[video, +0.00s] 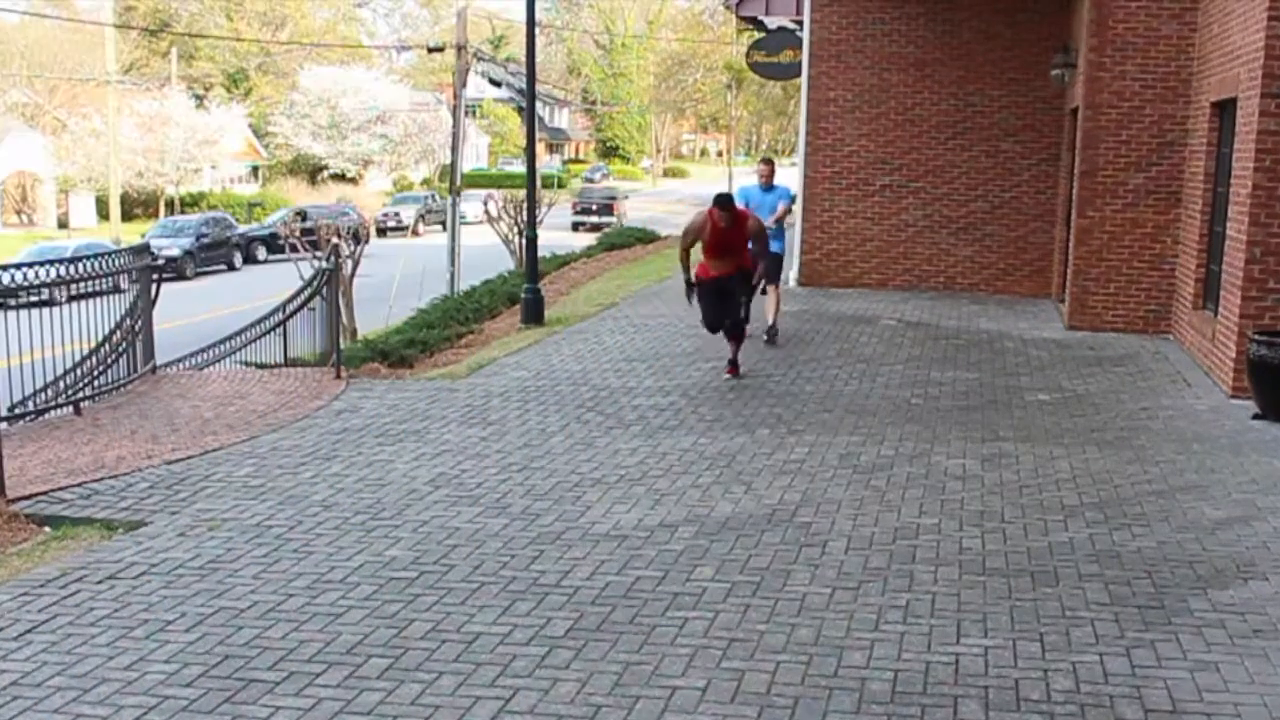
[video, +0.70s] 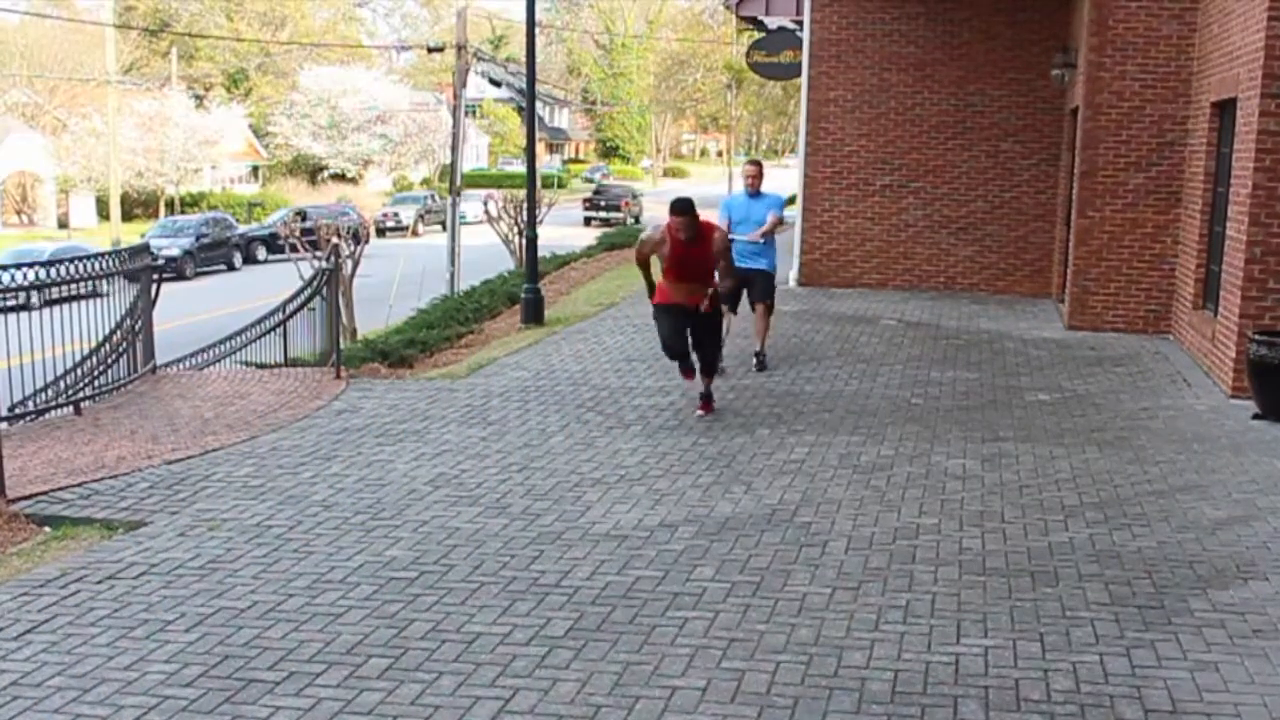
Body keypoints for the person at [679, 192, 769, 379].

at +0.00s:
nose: (723, 219)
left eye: (727, 214)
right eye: (719, 214)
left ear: (734, 211)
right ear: (713, 211)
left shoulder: (751, 224)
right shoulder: (702, 222)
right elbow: (684, 247)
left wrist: (756, 280)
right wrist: (687, 279)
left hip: (738, 275)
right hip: (709, 277)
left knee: (736, 323)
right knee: (712, 326)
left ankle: (733, 360)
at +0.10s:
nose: (714, 222)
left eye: (718, 218)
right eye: (710, 217)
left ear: (727, 215)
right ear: (706, 215)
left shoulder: (744, 229)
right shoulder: (697, 225)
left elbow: (751, 266)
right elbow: (677, 235)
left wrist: (736, 279)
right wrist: (683, 261)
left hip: (734, 279)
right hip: (704, 276)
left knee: (734, 323)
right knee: (707, 313)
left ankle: (733, 356)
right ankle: (711, 338)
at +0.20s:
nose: (698, 222)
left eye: (702, 218)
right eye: (696, 217)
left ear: (713, 214)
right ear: (692, 214)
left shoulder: (735, 226)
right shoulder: (683, 224)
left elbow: (748, 263)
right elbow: (669, 240)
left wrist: (728, 282)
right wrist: (675, 269)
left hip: (729, 276)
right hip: (698, 273)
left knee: (726, 320)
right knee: (692, 320)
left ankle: (732, 350)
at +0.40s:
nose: (683, 229)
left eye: (687, 225)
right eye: (680, 224)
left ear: (699, 220)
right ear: (677, 220)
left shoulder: (722, 232)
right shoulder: (670, 235)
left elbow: (751, 252)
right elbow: (658, 267)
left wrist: (750, 283)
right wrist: (660, 283)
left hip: (716, 288)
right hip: (686, 287)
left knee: (703, 335)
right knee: (683, 340)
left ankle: (720, 348)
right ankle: (697, 378)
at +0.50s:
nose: (686, 229)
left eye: (689, 224)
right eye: (682, 224)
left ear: (700, 218)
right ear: (676, 218)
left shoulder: (722, 226)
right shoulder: (666, 230)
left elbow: (750, 241)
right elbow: (651, 263)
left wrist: (746, 271)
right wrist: (657, 281)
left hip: (711, 282)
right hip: (681, 284)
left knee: (702, 328)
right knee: (685, 334)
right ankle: (693, 370)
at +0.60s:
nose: (688, 228)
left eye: (692, 223)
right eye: (683, 224)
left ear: (700, 217)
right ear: (675, 218)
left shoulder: (722, 229)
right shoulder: (663, 231)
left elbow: (740, 258)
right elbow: (648, 263)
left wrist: (734, 292)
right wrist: (654, 300)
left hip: (707, 290)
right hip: (675, 293)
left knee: (709, 344)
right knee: (679, 350)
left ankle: (709, 390)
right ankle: (693, 351)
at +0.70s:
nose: (680, 234)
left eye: (685, 228)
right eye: (676, 228)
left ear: (696, 221)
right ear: (670, 222)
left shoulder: (717, 238)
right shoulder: (657, 238)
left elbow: (729, 276)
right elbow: (641, 256)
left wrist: (718, 292)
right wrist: (650, 286)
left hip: (705, 301)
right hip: (670, 300)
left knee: (708, 352)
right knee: (673, 347)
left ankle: (706, 392)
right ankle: (684, 359)